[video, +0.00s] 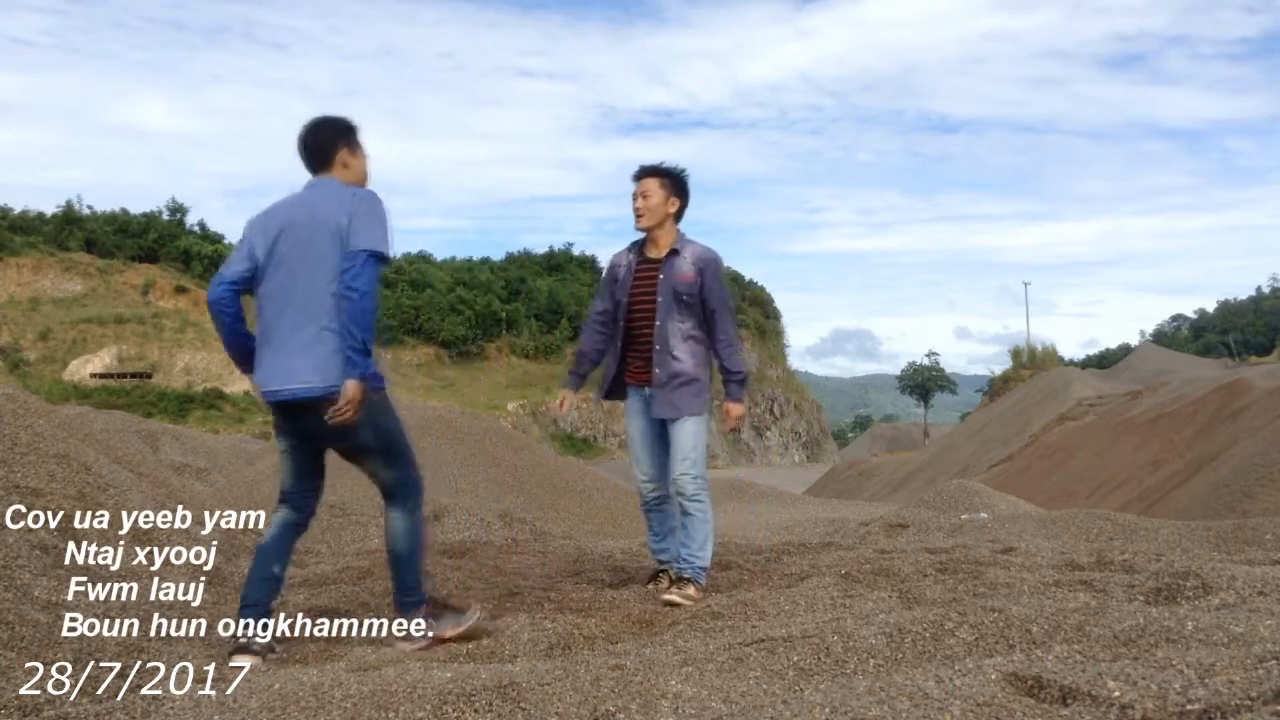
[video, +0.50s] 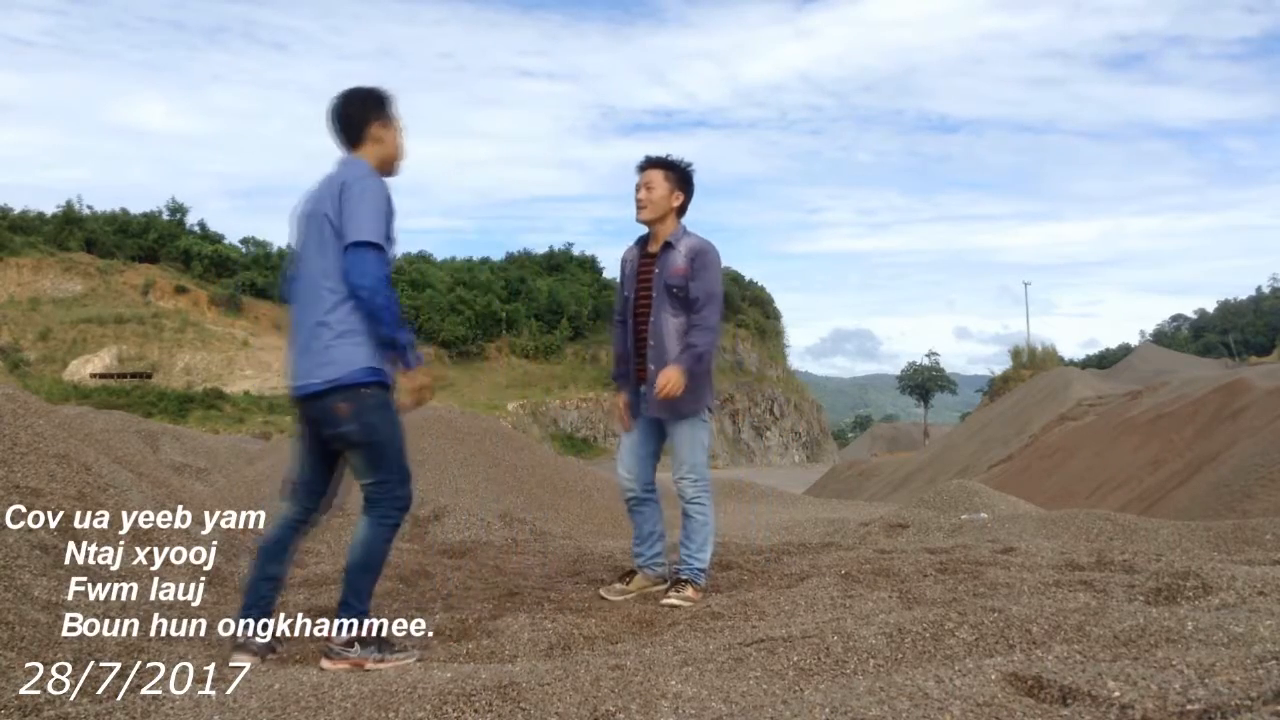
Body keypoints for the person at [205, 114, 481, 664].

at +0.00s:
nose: (366, 163)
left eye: (361, 153)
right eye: (361, 153)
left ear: (315, 162)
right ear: (345, 155)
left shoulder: (273, 215)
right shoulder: (360, 205)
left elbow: (221, 291)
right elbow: (358, 286)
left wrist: (251, 362)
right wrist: (358, 370)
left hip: (281, 385)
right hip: (338, 381)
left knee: (293, 506)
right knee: (402, 487)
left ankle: (251, 631)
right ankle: (415, 615)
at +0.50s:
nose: (402, 140)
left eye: (398, 129)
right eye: (395, 128)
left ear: (350, 135)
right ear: (375, 131)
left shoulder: (318, 197)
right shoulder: (362, 182)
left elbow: (293, 284)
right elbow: (366, 276)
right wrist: (406, 348)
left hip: (314, 384)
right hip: (353, 377)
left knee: (303, 502)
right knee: (388, 498)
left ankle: (251, 625)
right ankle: (351, 633)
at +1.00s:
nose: (491, 156)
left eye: (489, 144)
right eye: (489, 143)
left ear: (448, 141)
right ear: (474, 140)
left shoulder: (434, 197)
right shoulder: (438, 186)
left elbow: (459, 297)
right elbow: (457, 265)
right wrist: (544, 277)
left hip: (446, 380)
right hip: (428, 377)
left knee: (504, 472)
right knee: (406, 503)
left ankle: (514, 592)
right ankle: (349, 631)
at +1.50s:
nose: (614, 163)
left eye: (610, 153)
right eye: (608, 152)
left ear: (585, 159)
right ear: (587, 155)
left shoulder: (585, 233)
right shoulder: (541, 195)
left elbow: (608, 299)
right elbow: (496, 258)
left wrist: (668, 299)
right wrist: (480, 333)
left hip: (555, 376)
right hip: (513, 364)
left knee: (569, 486)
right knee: (520, 482)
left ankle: (556, 593)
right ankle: (468, 599)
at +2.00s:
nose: (549, 139)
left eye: (546, 129)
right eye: (544, 129)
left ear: (518, 135)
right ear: (525, 133)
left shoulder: (524, 201)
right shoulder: (470, 196)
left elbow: (538, 269)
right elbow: (453, 285)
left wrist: (605, 288)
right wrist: (460, 368)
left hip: (527, 372)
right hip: (484, 375)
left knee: (545, 481)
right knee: (496, 489)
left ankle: (550, 590)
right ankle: (460, 611)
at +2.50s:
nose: (531, 129)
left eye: (527, 117)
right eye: (527, 118)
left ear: (492, 126)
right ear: (513, 123)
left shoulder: (499, 192)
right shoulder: (459, 187)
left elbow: (485, 283)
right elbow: (437, 278)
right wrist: (446, 365)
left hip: (501, 370)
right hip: (463, 372)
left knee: (519, 476)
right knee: (472, 485)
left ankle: (481, 579)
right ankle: (447, 618)